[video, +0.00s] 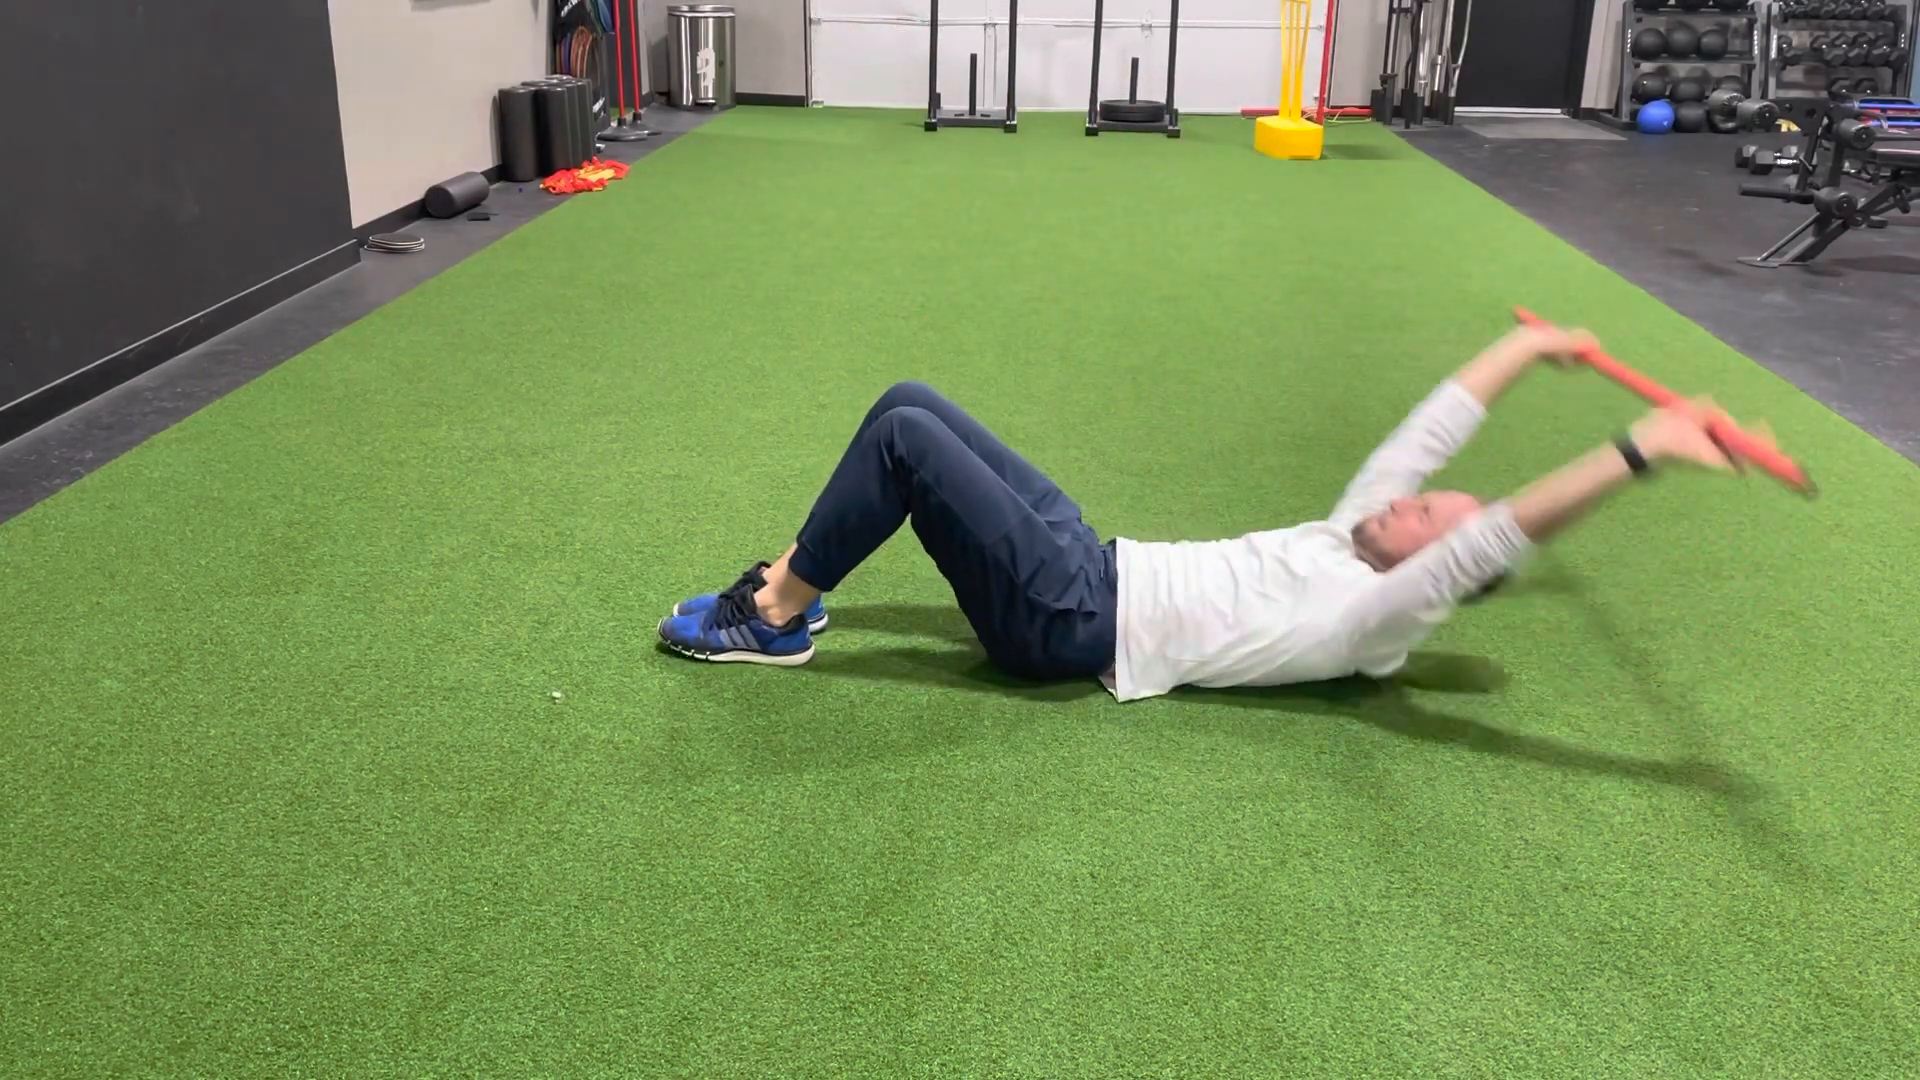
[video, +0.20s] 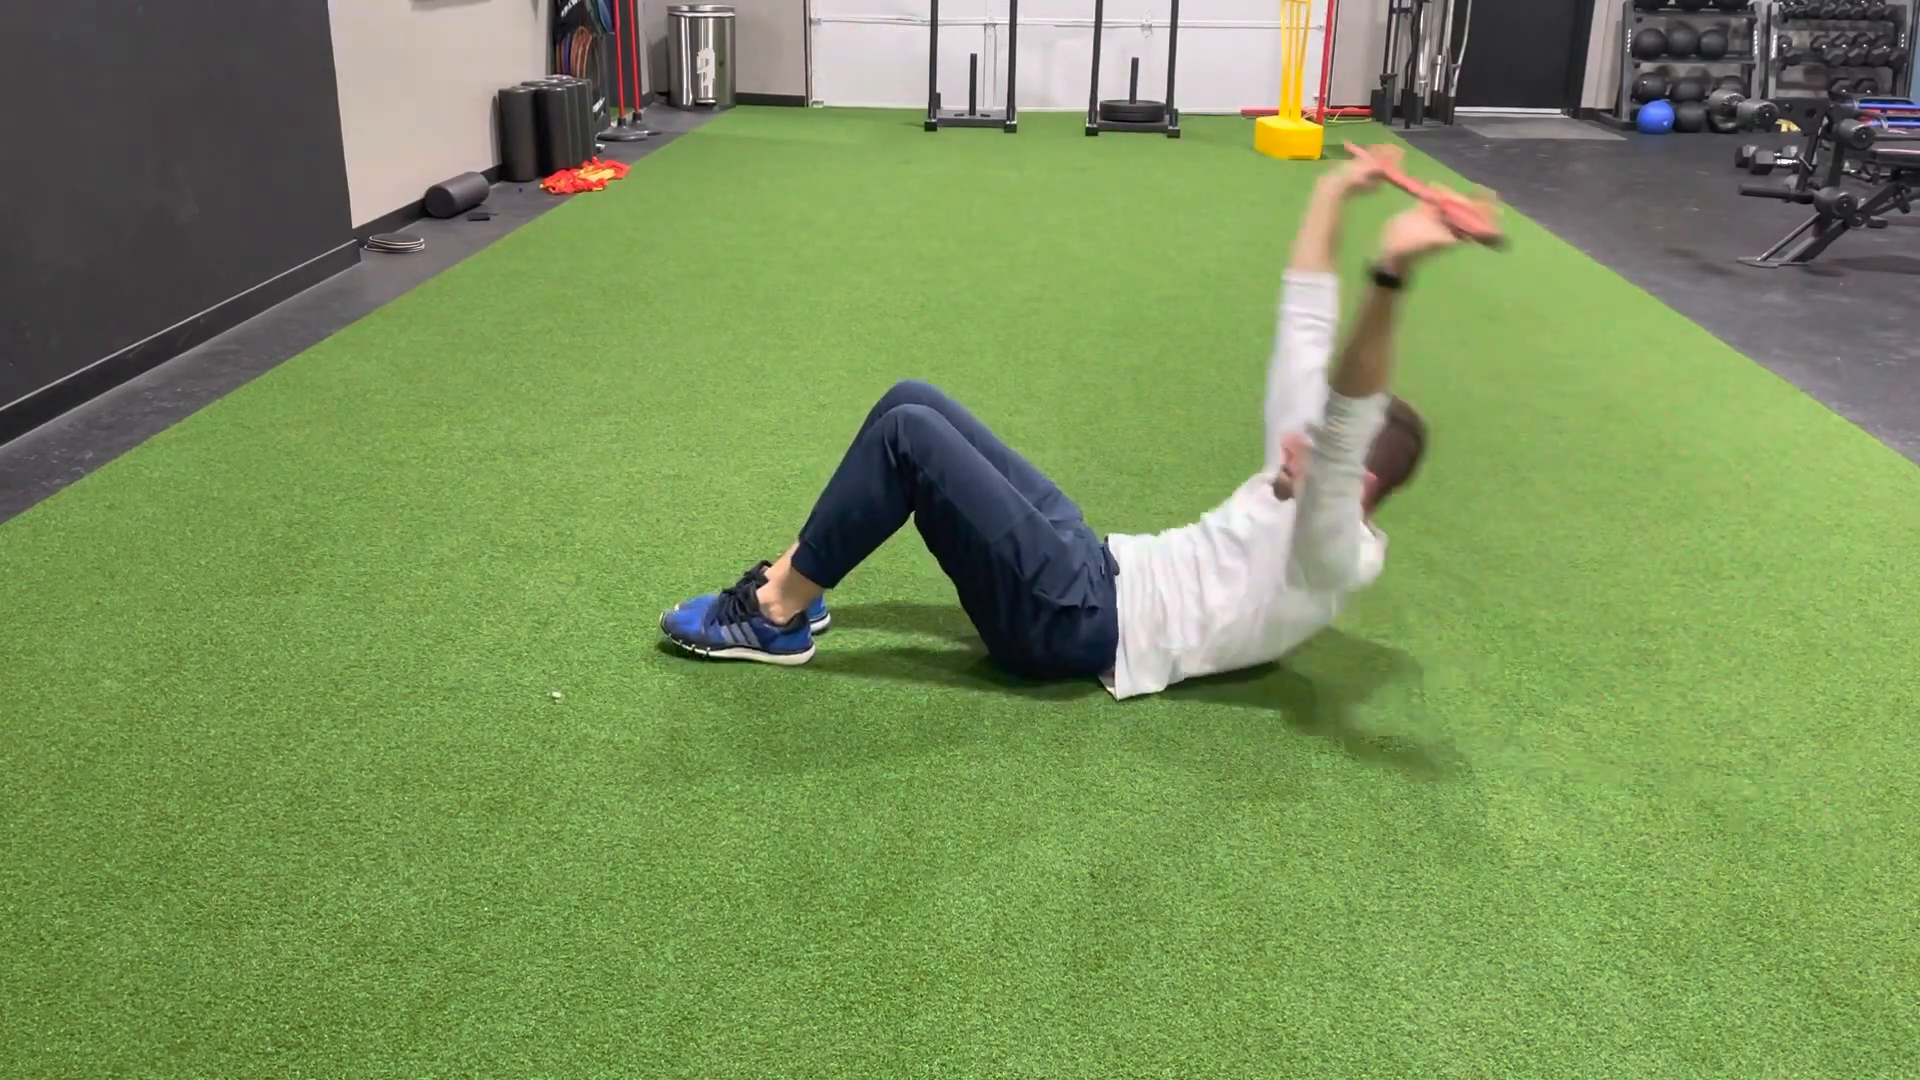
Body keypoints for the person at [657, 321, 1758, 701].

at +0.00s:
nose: (1420, 506)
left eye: (1442, 519)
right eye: (1430, 497)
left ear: (1448, 564)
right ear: (1404, 506)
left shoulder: (1379, 615)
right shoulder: (1350, 535)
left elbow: (1514, 530)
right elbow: (1425, 434)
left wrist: (1641, 441)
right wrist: (1525, 339)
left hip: (1082, 614)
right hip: (1096, 565)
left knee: (903, 424)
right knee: (909, 412)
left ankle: (781, 608)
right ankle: (786, 586)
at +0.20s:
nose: (1321, 433)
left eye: (1341, 436)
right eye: (1329, 424)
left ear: (1366, 476)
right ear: (1328, 446)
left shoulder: (1337, 560)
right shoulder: (1295, 480)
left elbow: (1360, 404)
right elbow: (1301, 350)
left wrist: (1392, 277)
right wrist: (1330, 194)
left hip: (1083, 617)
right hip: (1098, 568)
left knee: (908, 424)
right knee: (912, 407)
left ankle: (777, 608)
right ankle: (791, 584)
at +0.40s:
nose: (1218, 378)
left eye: (1237, 366)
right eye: (1223, 361)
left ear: (1274, 402)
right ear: (1261, 396)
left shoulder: (1277, 485)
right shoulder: (1240, 440)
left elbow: (1214, 371)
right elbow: (1185, 340)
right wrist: (1155, 174)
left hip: (1076, 622)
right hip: (1080, 573)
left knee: (910, 429)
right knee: (911, 406)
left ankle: (777, 609)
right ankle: (786, 587)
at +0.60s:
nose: (1141, 312)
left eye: (1156, 303)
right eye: (1145, 295)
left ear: (1194, 339)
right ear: (1204, 341)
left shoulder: (1210, 428)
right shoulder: (1200, 392)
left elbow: (1135, 311)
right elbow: (1134, 285)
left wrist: (1087, 164)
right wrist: (1088, 140)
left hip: (1064, 617)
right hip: (1062, 559)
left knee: (901, 428)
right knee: (902, 403)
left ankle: (776, 610)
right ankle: (785, 589)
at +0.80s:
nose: (1087, 286)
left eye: (1101, 278)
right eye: (1091, 270)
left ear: (1139, 317)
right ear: (1138, 316)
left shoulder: (1147, 393)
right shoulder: (1142, 362)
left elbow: (1076, 282)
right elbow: (1080, 233)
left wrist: (1027, 122)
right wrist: (1042, 109)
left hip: (1047, 621)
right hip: (1041, 560)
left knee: (892, 433)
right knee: (889, 400)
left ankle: (772, 609)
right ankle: (779, 586)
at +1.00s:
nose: (1039, 275)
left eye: (1053, 264)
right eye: (1043, 255)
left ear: (1092, 298)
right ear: (1092, 297)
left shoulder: (1097, 370)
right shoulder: (1092, 336)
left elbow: (1021, 268)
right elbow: (1035, 206)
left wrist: (965, 107)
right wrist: (993, 73)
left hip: (1026, 619)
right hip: (1027, 559)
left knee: (880, 433)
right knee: (885, 398)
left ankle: (769, 612)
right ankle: (782, 585)